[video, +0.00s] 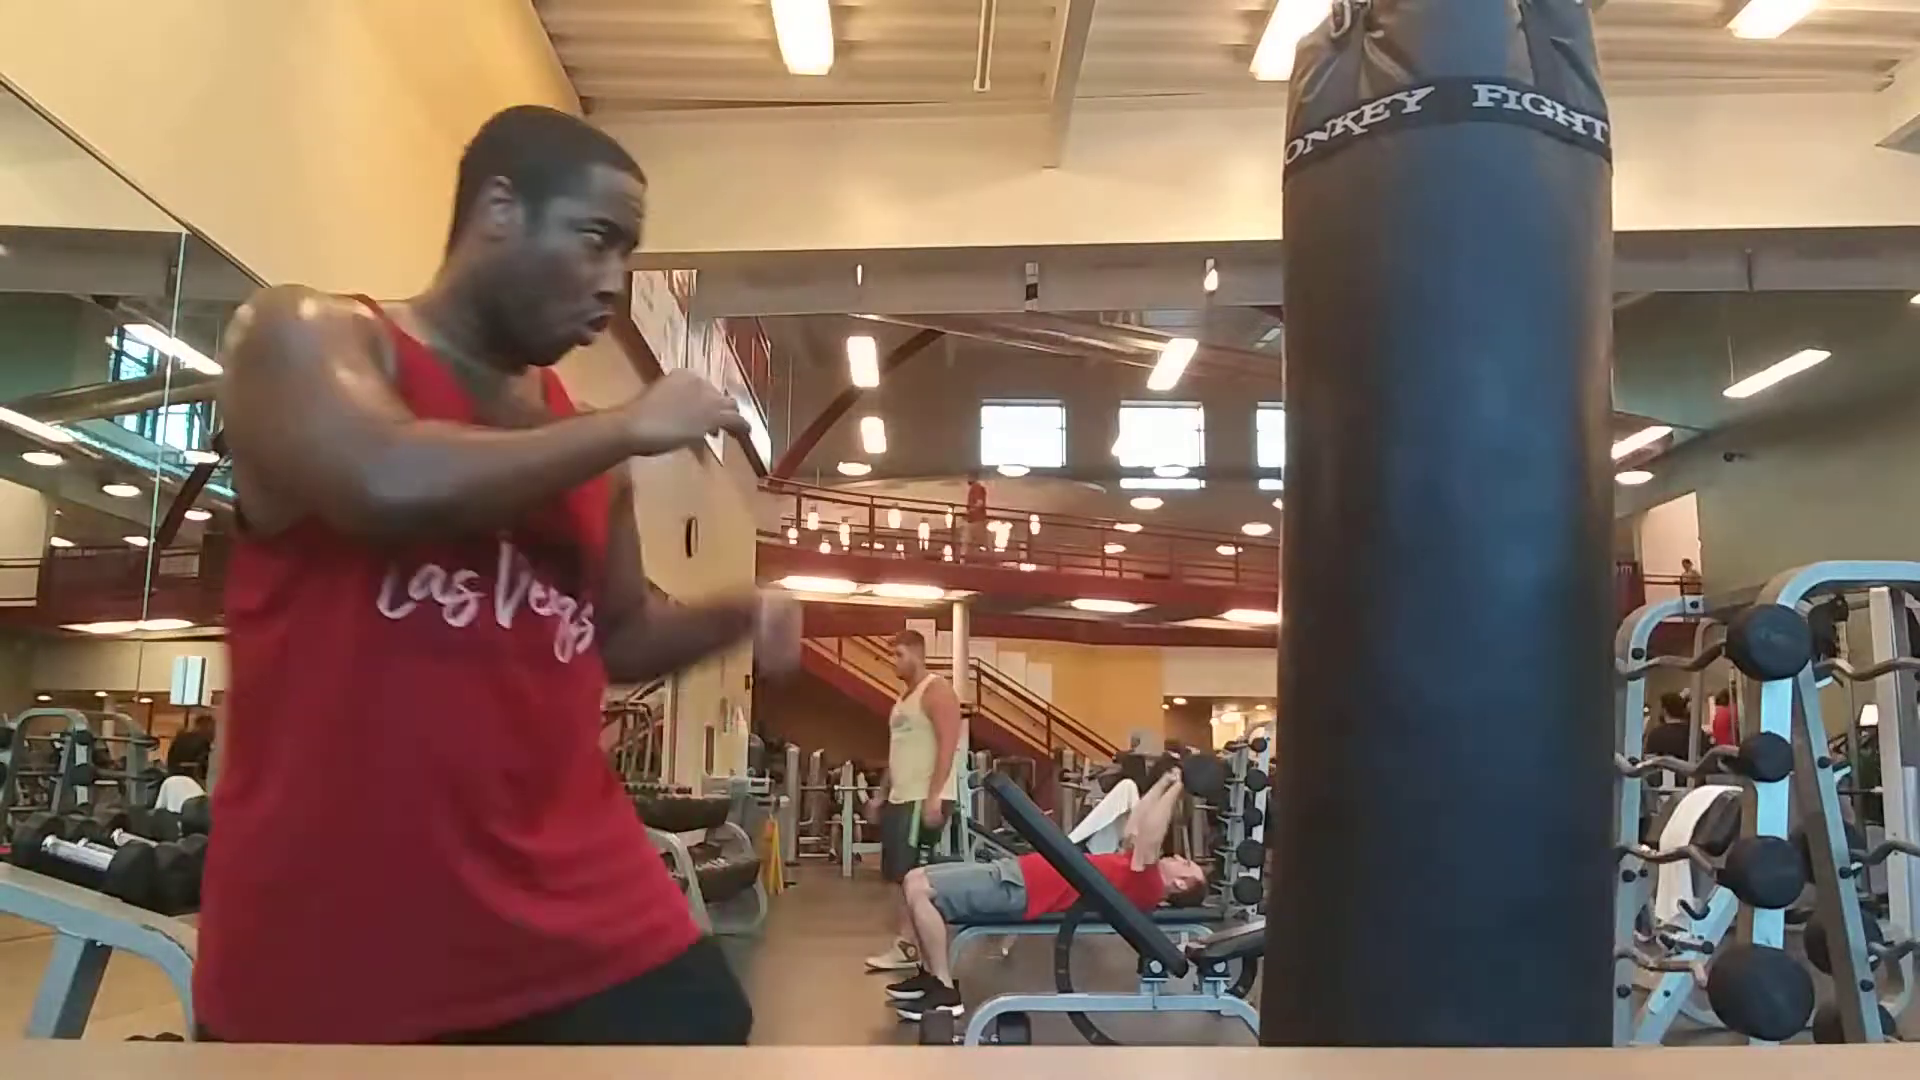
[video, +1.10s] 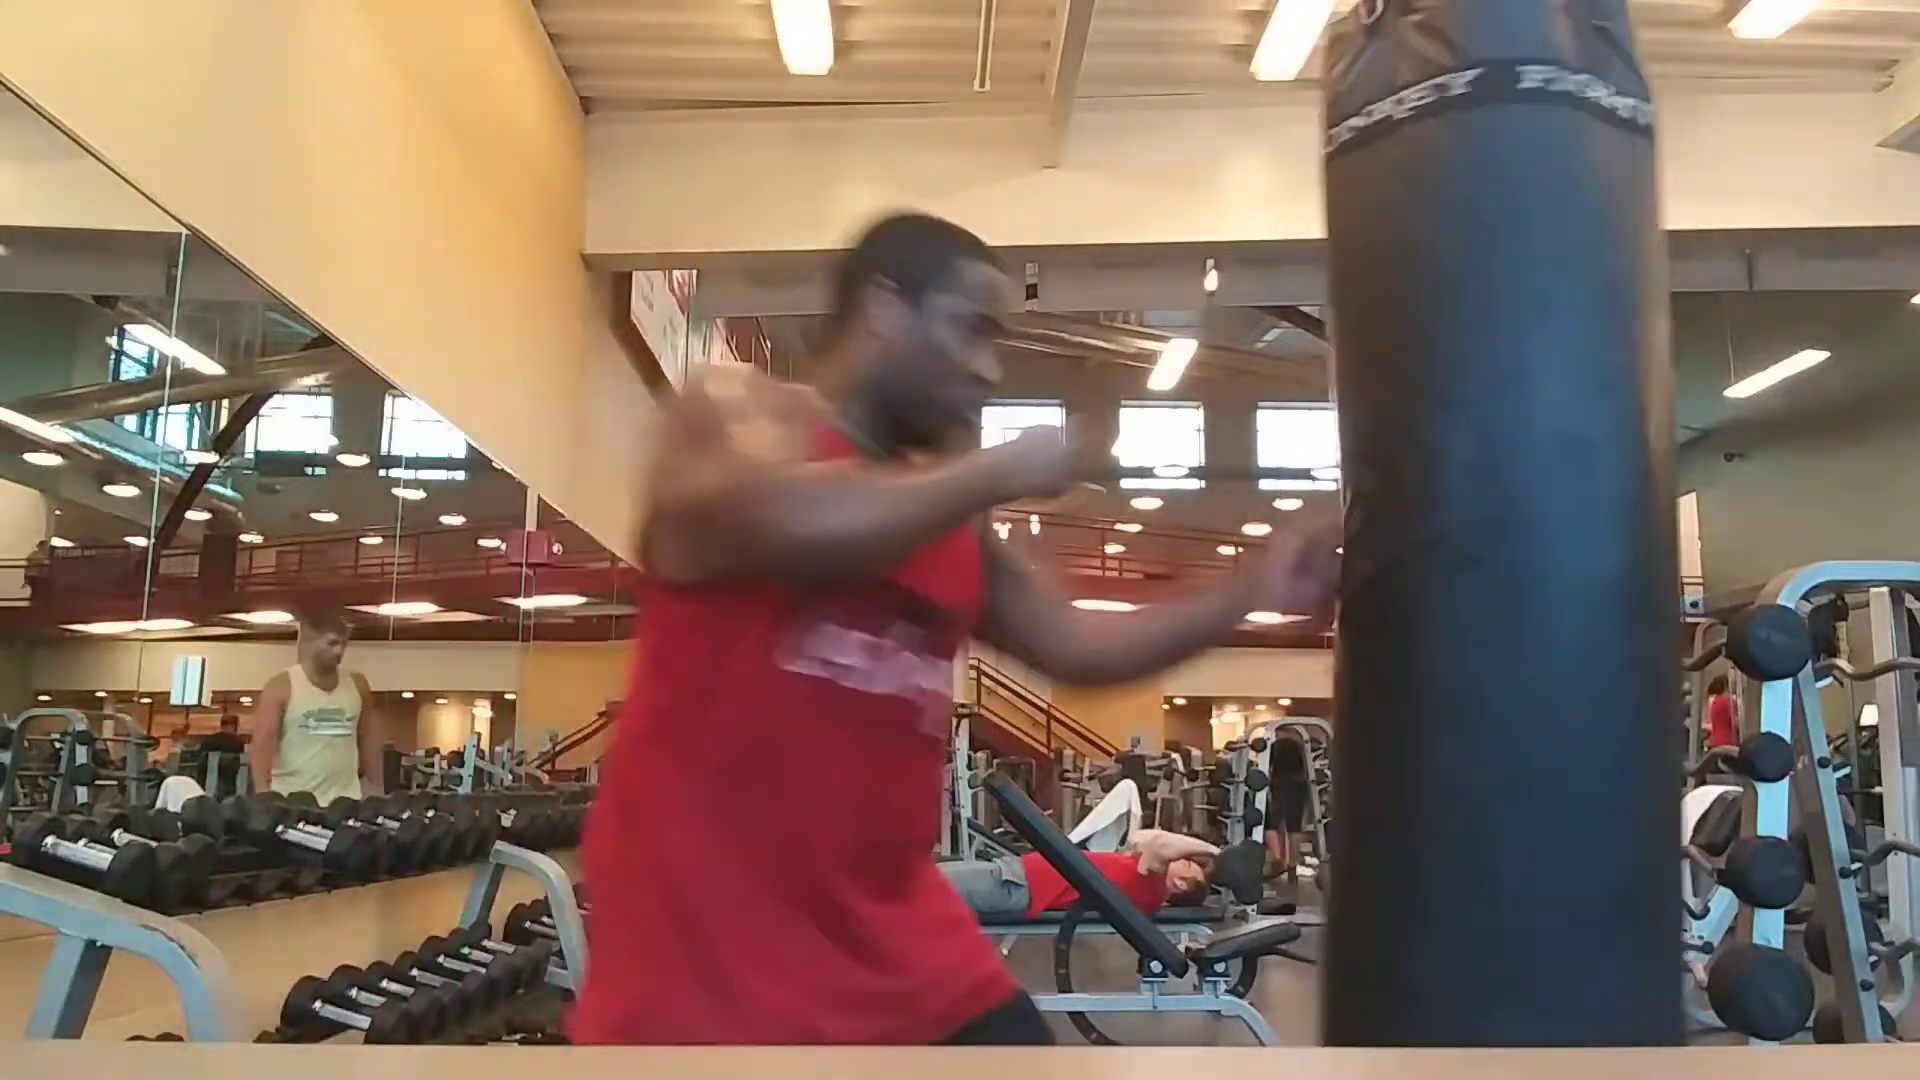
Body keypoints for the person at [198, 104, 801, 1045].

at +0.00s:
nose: (619, 285)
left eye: (629, 255)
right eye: (598, 239)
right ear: (496, 212)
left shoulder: (580, 437)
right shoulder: (301, 330)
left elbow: (622, 637)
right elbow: (382, 483)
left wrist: (739, 614)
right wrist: (622, 428)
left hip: (584, 942)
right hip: (336, 970)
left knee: (707, 1042)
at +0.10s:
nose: (606, 285)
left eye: (614, 252)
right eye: (586, 238)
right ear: (485, 210)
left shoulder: (569, 422)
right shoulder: (290, 323)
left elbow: (633, 616)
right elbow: (382, 471)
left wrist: (736, 518)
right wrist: (613, 396)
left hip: (583, 949)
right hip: (327, 975)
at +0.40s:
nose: (682, 312)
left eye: (688, 283)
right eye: (665, 272)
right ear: (574, 248)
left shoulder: (627, 451)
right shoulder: (392, 358)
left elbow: (701, 657)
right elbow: (482, 509)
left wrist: (795, 526)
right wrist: (699, 424)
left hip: (634, 985)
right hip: (398, 989)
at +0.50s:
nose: (739, 327)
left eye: (745, 299)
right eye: (723, 285)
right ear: (635, 259)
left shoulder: (675, 452)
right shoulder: (466, 369)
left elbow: (750, 651)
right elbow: (564, 517)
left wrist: (847, 537)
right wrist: (773, 443)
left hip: (698, 978)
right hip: (489, 986)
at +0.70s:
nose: (825, 334)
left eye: (832, 306)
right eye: (810, 293)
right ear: (723, 267)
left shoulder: (748, 451)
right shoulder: (561, 361)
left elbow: (831, 650)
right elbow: (709, 521)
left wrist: (931, 513)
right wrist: (884, 431)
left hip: (786, 978)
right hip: (590, 995)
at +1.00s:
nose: (917, 334)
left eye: (920, 305)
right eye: (897, 294)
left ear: (812, 283)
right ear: (807, 277)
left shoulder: (834, 472)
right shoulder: (644, 383)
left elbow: (932, 661)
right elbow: (780, 530)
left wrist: (1047, 588)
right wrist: (974, 456)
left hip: (892, 929)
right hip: (691, 966)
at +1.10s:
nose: (994, 367)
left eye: (999, 341)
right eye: (977, 330)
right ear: (881, 308)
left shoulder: (943, 510)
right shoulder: (736, 410)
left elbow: (1078, 648)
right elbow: (764, 523)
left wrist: (1253, 583)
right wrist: (999, 474)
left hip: (899, 949)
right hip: (708, 971)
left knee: (1034, 1054)